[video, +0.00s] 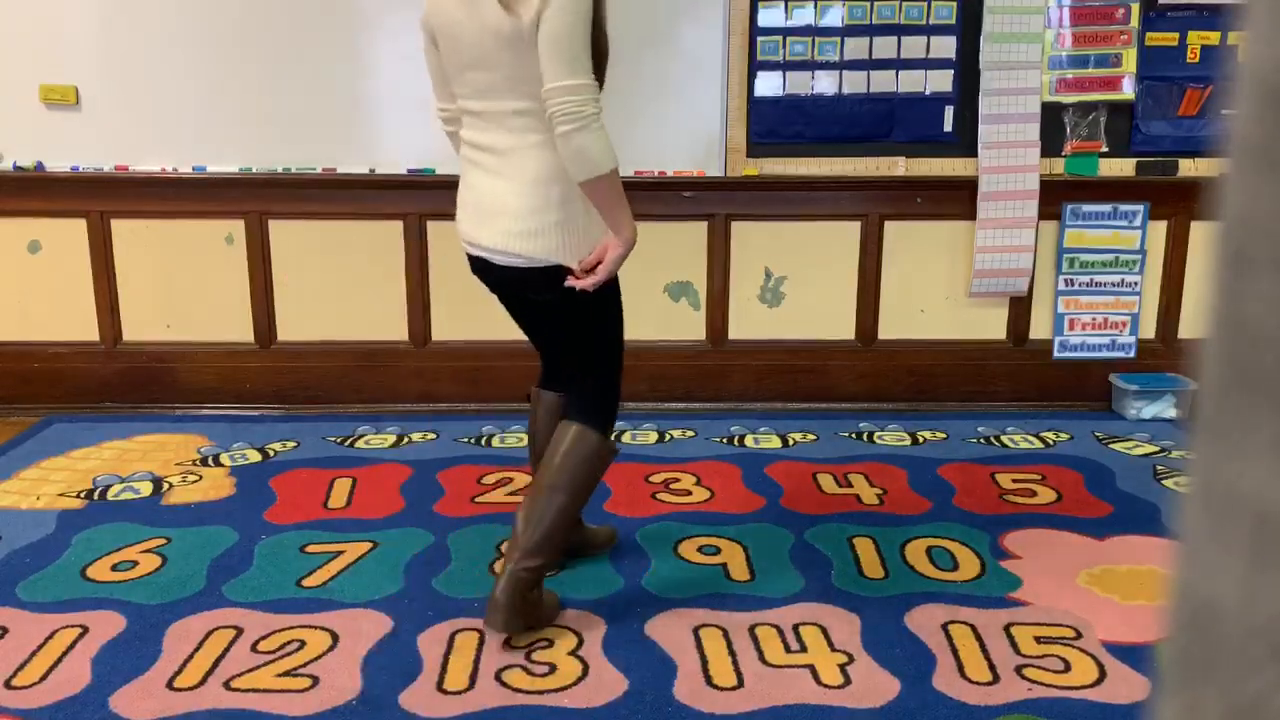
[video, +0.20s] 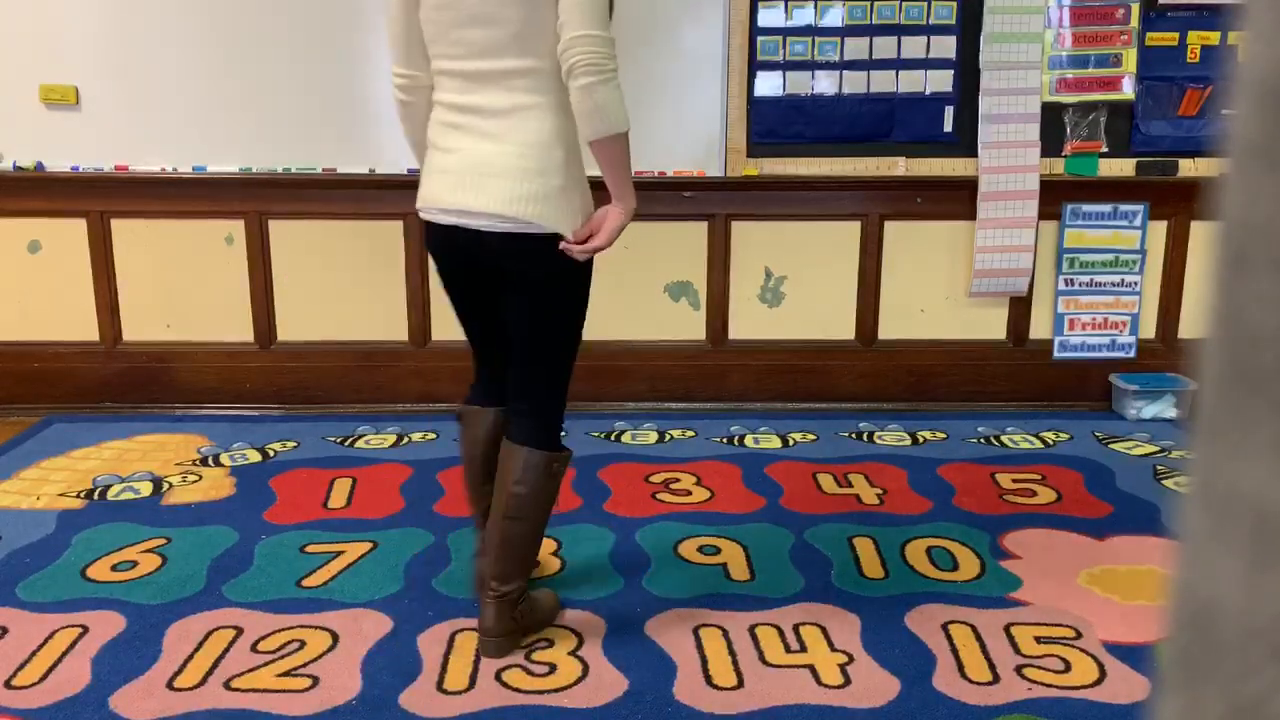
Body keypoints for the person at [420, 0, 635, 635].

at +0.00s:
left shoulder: (440, 4)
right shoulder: (558, 3)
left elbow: (451, 114)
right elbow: (572, 109)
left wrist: (498, 185)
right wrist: (621, 224)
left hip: (485, 234)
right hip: (555, 237)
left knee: (560, 368)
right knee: (594, 400)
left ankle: (549, 525)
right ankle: (521, 580)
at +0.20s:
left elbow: (411, 78)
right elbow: (586, 65)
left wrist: (441, 175)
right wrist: (621, 194)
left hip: (446, 209)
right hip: (540, 212)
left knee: (490, 378)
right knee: (535, 411)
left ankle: (490, 554)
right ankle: (503, 608)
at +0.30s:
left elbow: (393, 83)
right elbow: (578, 68)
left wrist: (413, 185)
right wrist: (616, 200)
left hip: (433, 211)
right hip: (534, 215)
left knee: (463, 394)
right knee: (533, 416)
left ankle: (424, 601)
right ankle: (503, 607)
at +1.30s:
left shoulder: (314, 2)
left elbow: (302, 90)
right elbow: (531, 70)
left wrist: (302, 220)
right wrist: (560, 180)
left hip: (384, 223)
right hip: (485, 218)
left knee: (428, 423)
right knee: (439, 388)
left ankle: (498, 625)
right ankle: (449, 567)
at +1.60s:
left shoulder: (261, 0)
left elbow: (248, 83)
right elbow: (462, 69)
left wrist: (267, 190)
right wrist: (506, 176)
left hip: (320, 211)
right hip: (425, 207)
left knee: (339, 397)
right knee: (422, 387)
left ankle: (392, 570)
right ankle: (427, 576)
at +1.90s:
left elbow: (177, 61)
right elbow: (358, 51)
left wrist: (175, 187)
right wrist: (420, 168)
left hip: (240, 186)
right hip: (341, 184)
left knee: (261, 378)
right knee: (368, 384)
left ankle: (272, 572)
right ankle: (376, 587)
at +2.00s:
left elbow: (154, 61)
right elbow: (331, 53)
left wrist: (146, 187)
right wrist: (391, 171)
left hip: (217, 190)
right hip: (313, 190)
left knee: (255, 379)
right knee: (337, 381)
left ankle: (269, 569)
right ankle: (290, 580)